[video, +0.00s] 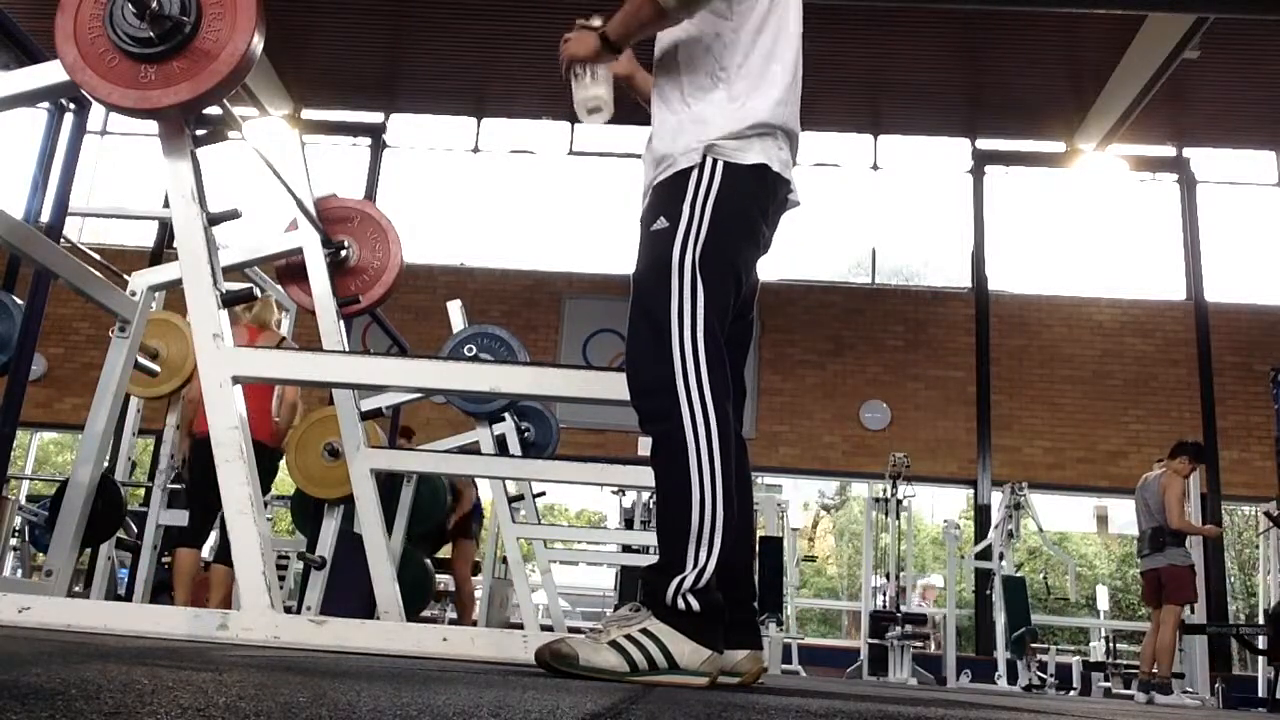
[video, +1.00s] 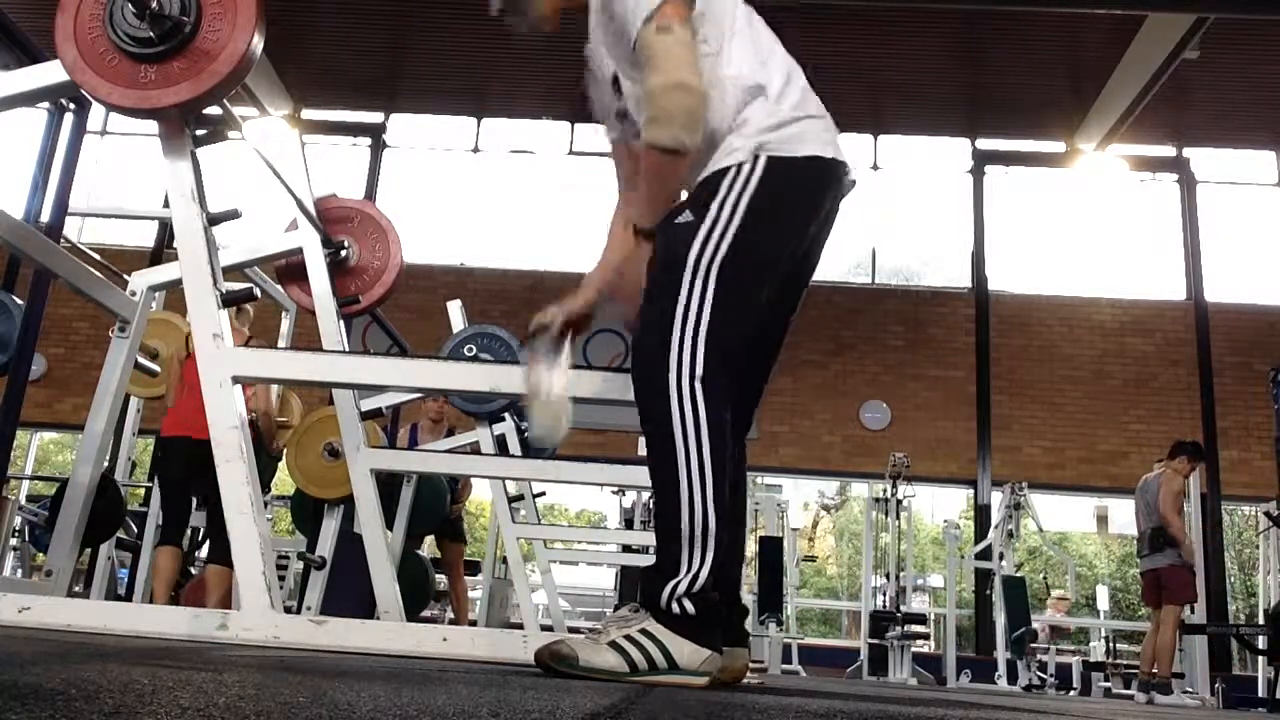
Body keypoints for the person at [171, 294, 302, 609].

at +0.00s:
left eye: (231, 305)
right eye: (280, 312)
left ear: (238, 309)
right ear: (275, 314)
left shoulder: (217, 336)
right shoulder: (285, 346)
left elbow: (192, 392)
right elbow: (289, 400)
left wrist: (185, 432)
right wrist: (279, 433)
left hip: (209, 441)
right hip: (260, 446)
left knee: (194, 524)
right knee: (235, 530)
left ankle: (180, 612)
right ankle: (216, 617)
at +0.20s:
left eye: (235, 309)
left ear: (239, 312)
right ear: (274, 316)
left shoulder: (220, 335)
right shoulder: (288, 346)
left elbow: (192, 393)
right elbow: (292, 402)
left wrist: (185, 431)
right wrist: (277, 438)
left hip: (210, 441)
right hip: (261, 446)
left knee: (199, 524)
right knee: (237, 530)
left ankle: (180, 613)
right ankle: (215, 617)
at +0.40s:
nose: (230, 312)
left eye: (232, 307)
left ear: (235, 310)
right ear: (268, 313)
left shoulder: (218, 333)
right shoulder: (284, 344)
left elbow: (191, 394)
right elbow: (289, 404)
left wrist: (184, 433)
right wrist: (277, 440)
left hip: (211, 442)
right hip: (261, 449)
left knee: (193, 521)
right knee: (238, 531)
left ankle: (166, 605)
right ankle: (215, 616)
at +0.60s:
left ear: (224, 305)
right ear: (259, 307)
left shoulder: (203, 336)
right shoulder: (275, 343)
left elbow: (185, 394)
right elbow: (282, 406)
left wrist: (182, 434)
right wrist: (272, 443)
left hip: (202, 447)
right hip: (254, 452)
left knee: (179, 526)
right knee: (233, 534)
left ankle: (159, 609)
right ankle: (215, 619)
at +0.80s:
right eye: (256, 320)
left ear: (216, 311)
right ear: (251, 319)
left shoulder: (192, 340)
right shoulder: (264, 346)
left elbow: (178, 395)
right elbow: (273, 406)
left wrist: (182, 432)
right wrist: (272, 444)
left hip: (190, 445)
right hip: (240, 450)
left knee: (174, 527)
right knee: (227, 533)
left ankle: (159, 612)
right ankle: (215, 620)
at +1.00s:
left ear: (216, 314)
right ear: (248, 324)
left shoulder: (186, 342)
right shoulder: (253, 350)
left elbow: (172, 400)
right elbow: (263, 408)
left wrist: (178, 429)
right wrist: (271, 444)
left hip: (173, 444)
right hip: (222, 446)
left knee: (171, 527)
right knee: (221, 532)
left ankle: (159, 612)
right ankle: (215, 620)